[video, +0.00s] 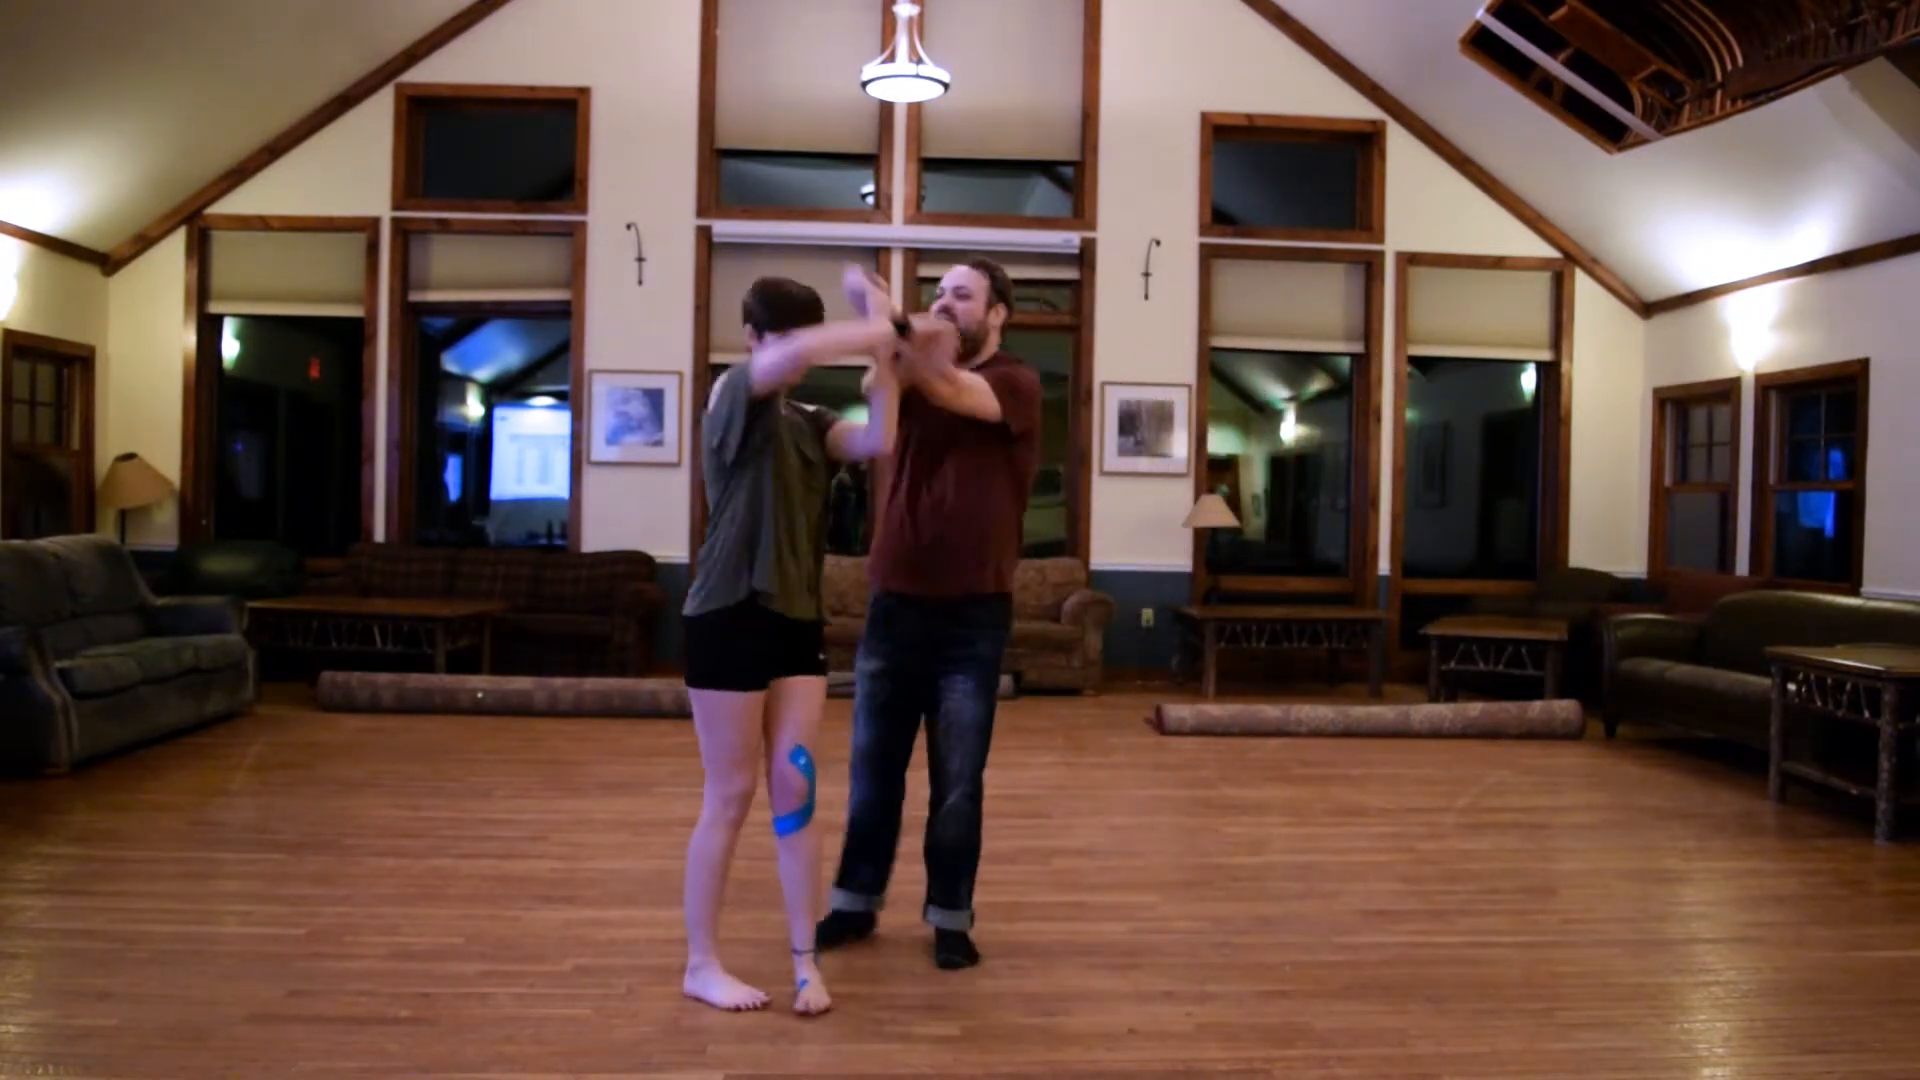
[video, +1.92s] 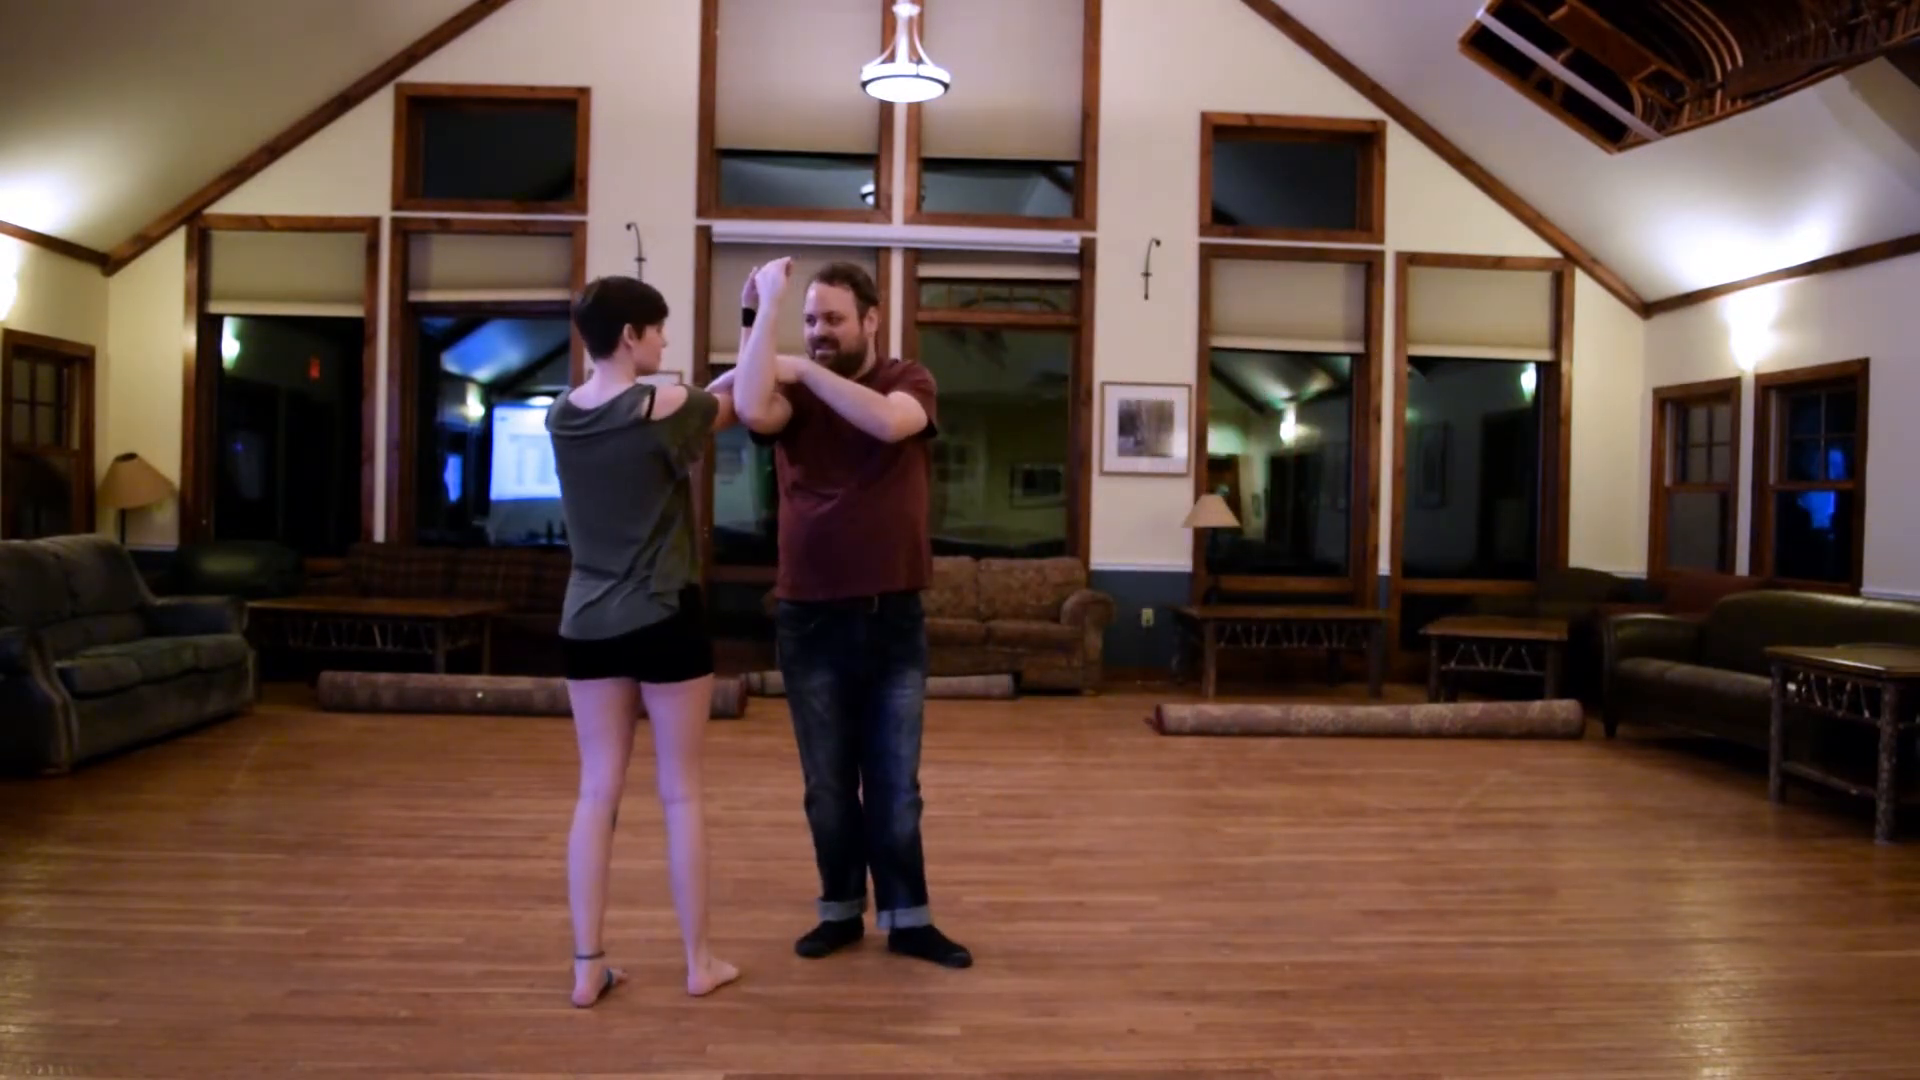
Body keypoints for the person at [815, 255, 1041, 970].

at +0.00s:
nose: (943, 304)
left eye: (961, 295)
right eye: (937, 295)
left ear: (997, 317)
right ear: (927, 312)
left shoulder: (1017, 382)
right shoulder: (910, 379)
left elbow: (948, 387)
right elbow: (872, 380)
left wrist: (900, 333)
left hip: (973, 605)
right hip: (895, 599)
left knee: (957, 777)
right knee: (873, 766)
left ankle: (950, 918)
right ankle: (854, 904)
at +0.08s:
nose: (923, 300)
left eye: (941, 291)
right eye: (918, 290)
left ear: (975, 313)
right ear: (905, 304)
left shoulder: (998, 373)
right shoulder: (890, 368)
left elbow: (916, 347)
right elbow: (861, 341)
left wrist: (876, 299)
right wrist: (857, 292)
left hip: (962, 603)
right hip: (882, 600)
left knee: (951, 777)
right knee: (863, 765)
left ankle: (948, 918)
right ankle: (839, 908)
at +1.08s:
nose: (824, 332)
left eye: (836, 318)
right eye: (813, 319)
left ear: (870, 320)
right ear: (799, 322)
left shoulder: (905, 378)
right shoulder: (784, 383)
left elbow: (902, 420)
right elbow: (768, 407)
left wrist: (816, 367)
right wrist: (781, 315)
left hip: (895, 604)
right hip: (811, 609)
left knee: (899, 776)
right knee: (827, 777)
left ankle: (908, 919)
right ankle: (839, 912)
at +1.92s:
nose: (817, 332)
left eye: (830, 319)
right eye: (810, 321)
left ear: (870, 321)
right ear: (806, 326)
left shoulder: (908, 378)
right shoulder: (796, 393)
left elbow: (892, 421)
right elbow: (752, 409)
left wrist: (802, 369)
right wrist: (766, 317)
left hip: (893, 605)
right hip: (811, 609)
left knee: (896, 775)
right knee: (826, 776)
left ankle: (908, 919)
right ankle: (840, 912)